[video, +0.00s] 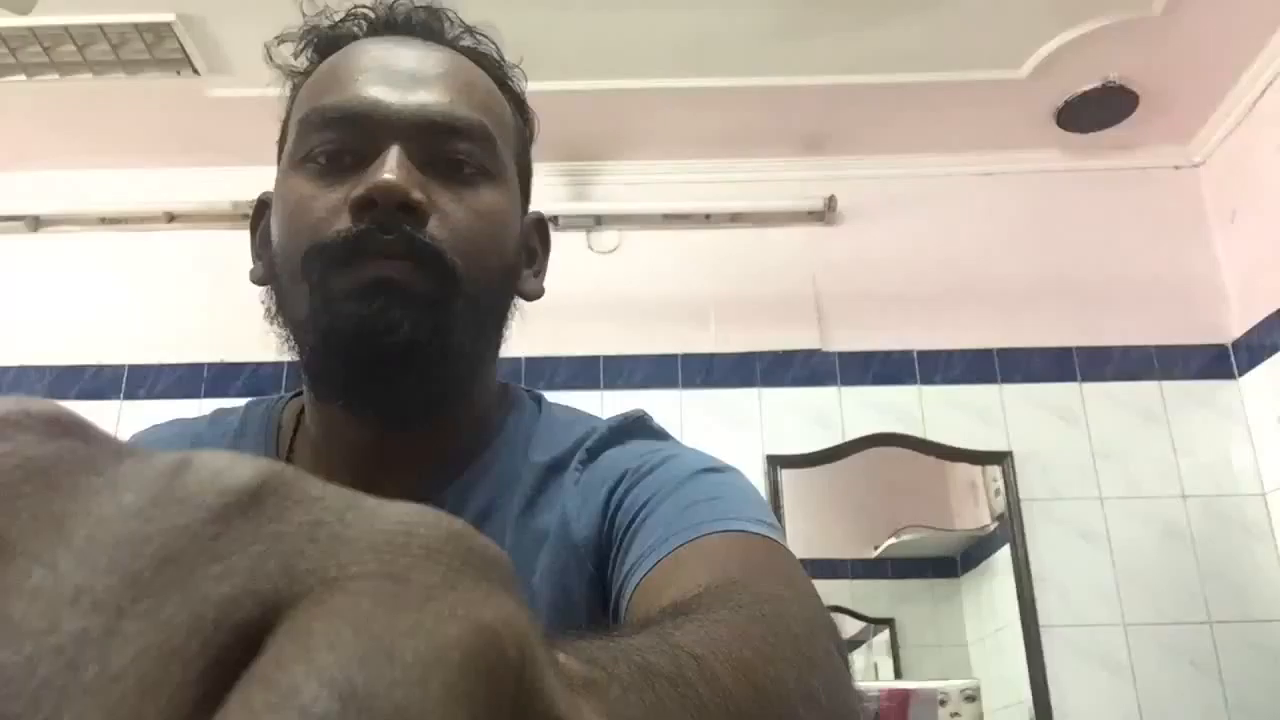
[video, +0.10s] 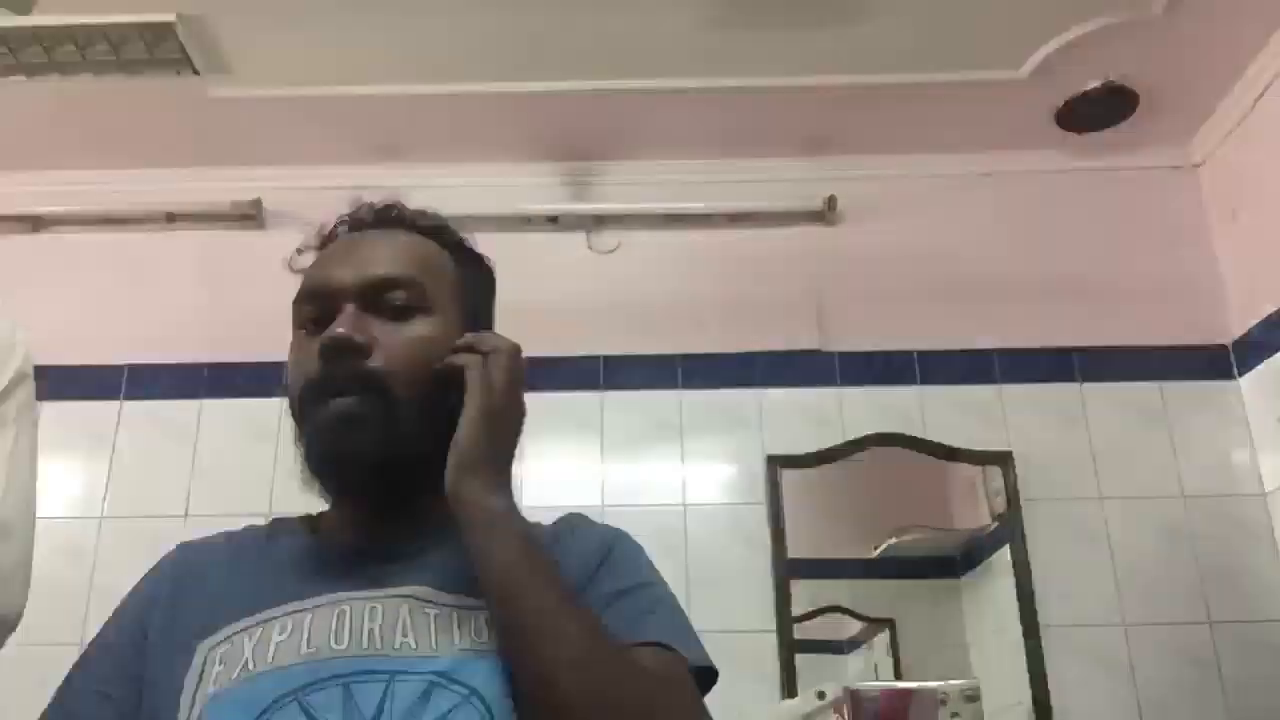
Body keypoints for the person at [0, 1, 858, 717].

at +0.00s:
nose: (391, 186)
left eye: (456, 161)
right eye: (337, 153)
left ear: (530, 257)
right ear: (264, 244)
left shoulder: (640, 489)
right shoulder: (147, 487)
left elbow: (783, 670)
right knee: (28, 452)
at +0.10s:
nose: (340, 331)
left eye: (394, 305)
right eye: (316, 313)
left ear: (479, 361)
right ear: (287, 368)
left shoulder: (584, 559)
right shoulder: (184, 586)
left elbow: (650, 711)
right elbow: (71, 712)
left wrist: (483, 501)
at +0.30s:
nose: (211, 353)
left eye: (259, 312)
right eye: (232, 320)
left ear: (380, 346)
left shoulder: (581, 563)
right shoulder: (161, 588)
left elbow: (669, 702)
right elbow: (49, 711)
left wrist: (412, 713)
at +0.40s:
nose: (161, 368)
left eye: (202, 325)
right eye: (179, 332)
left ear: (325, 346)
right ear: (322, 348)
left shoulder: (553, 540)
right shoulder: (146, 590)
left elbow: (674, 706)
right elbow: (31, 713)